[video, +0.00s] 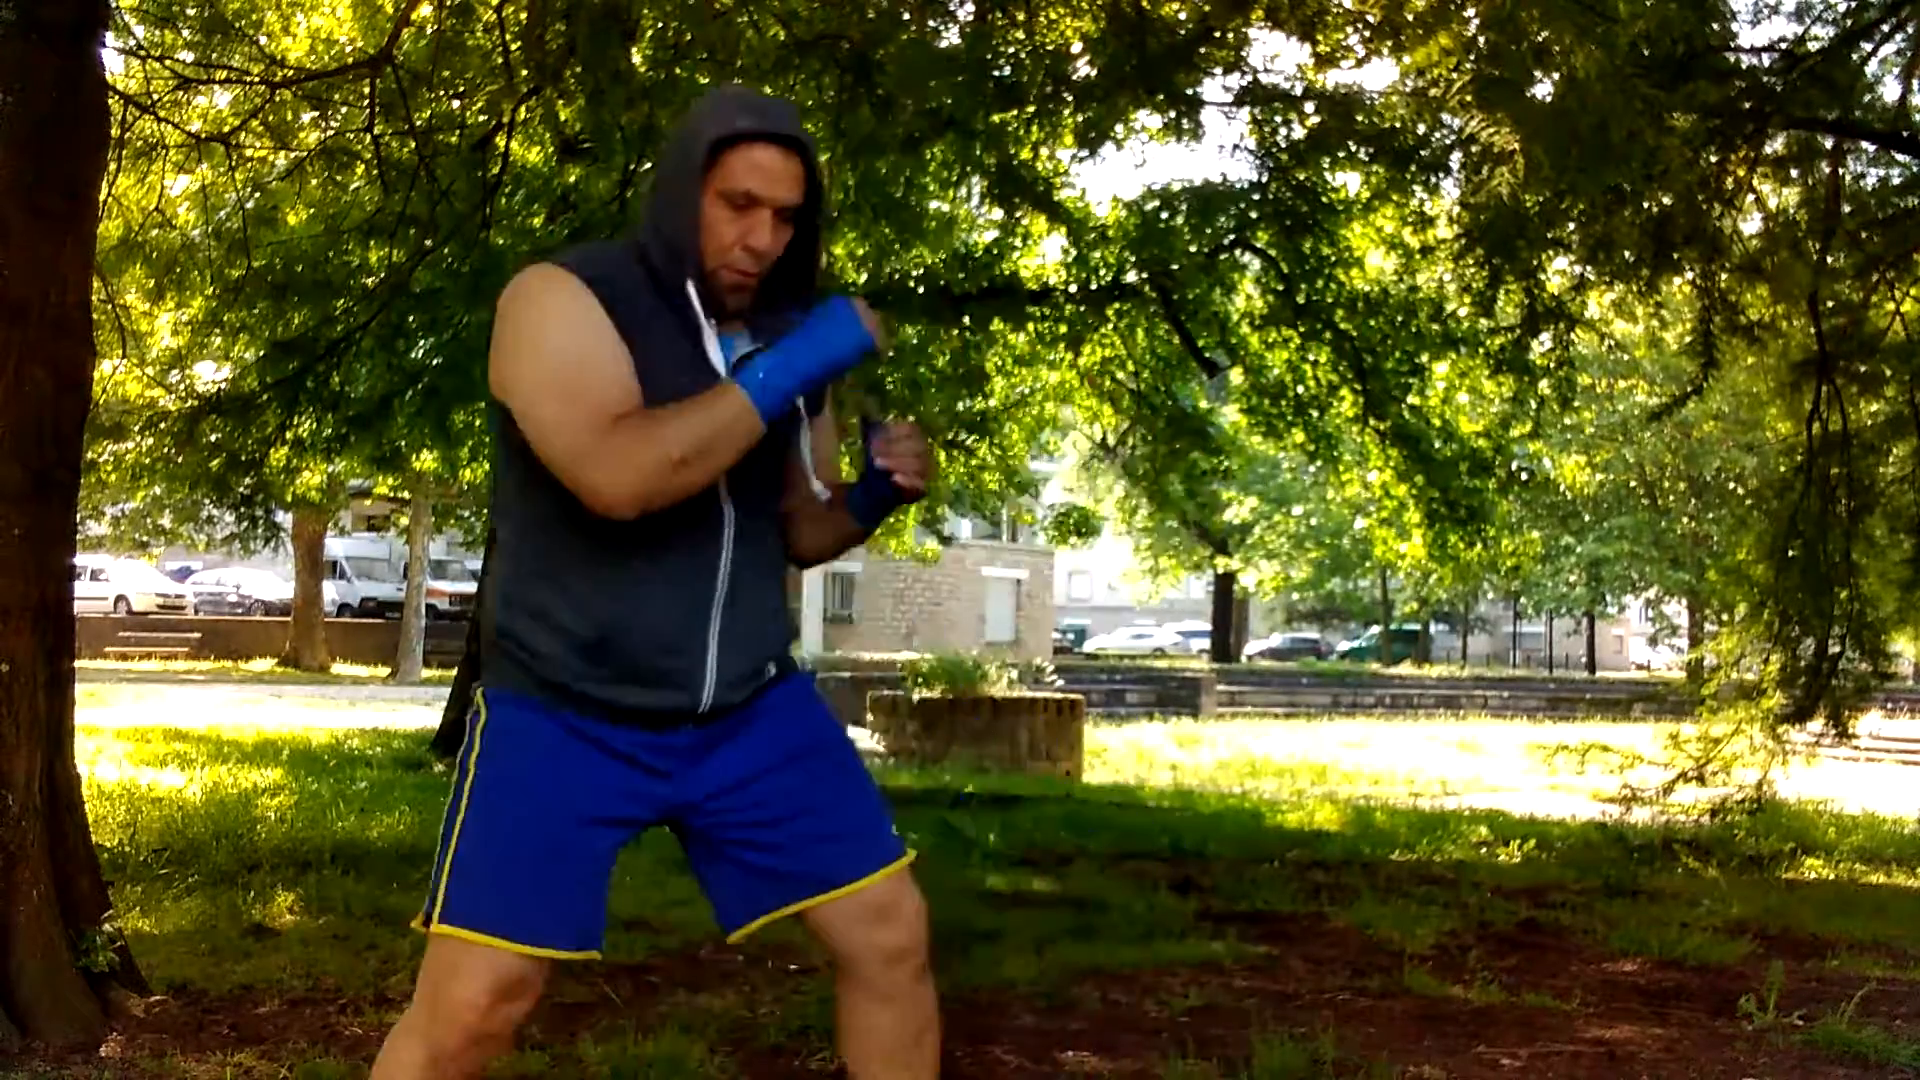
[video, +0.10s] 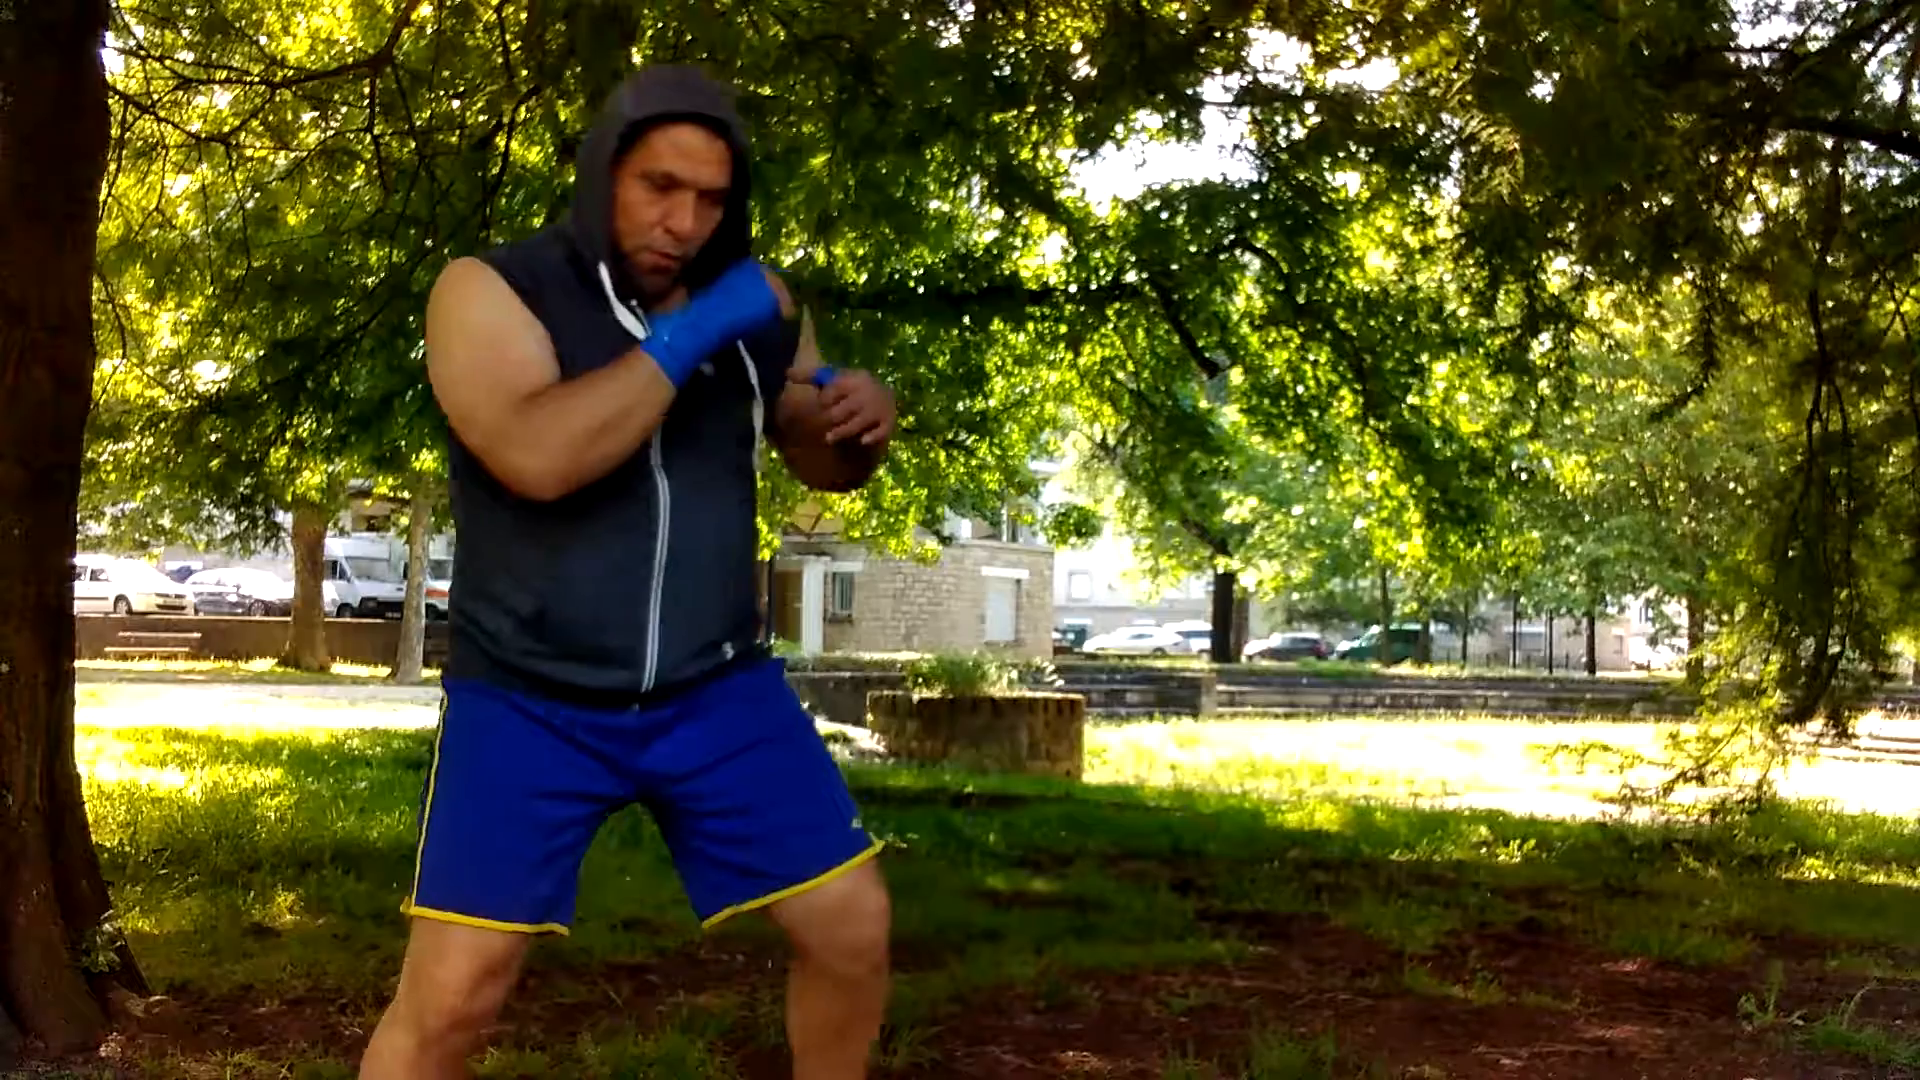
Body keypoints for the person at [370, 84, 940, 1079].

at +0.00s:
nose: (760, 238)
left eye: (784, 216)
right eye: (739, 204)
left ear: (801, 226)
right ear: (680, 190)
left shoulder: (778, 341)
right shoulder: (554, 300)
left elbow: (796, 532)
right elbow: (615, 472)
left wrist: (873, 493)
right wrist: (793, 363)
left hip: (752, 710)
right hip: (561, 714)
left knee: (887, 933)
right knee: (477, 999)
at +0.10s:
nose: (683, 222)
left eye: (710, 197)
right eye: (659, 187)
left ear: (732, 206)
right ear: (600, 175)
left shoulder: (751, 304)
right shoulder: (486, 292)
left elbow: (826, 468)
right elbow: (536, 454)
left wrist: (859, 417)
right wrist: (692, 332)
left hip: (720, 693)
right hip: (528, 702)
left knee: (849, 928)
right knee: (454, 997)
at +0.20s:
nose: (619, 215)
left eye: (647, 191)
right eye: (596, 180)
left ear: (671, 194)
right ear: (542, 169)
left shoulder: (716, 273)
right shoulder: (436, 290)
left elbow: (908, 337)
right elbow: (459, 467)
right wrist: (614, 337)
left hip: (686, 694)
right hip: (492, 700)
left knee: (799, 950)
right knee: (428, 992)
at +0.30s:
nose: (593, 217)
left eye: (620, 192)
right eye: (569, 182)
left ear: (645, 195)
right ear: (515, 171)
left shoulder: (691, 268)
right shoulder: (414, 295)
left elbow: (821, 418)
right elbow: (462, 474)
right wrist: (609, 331)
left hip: (695, 687)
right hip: (498, 704)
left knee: (822, 925)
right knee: (433, 995)